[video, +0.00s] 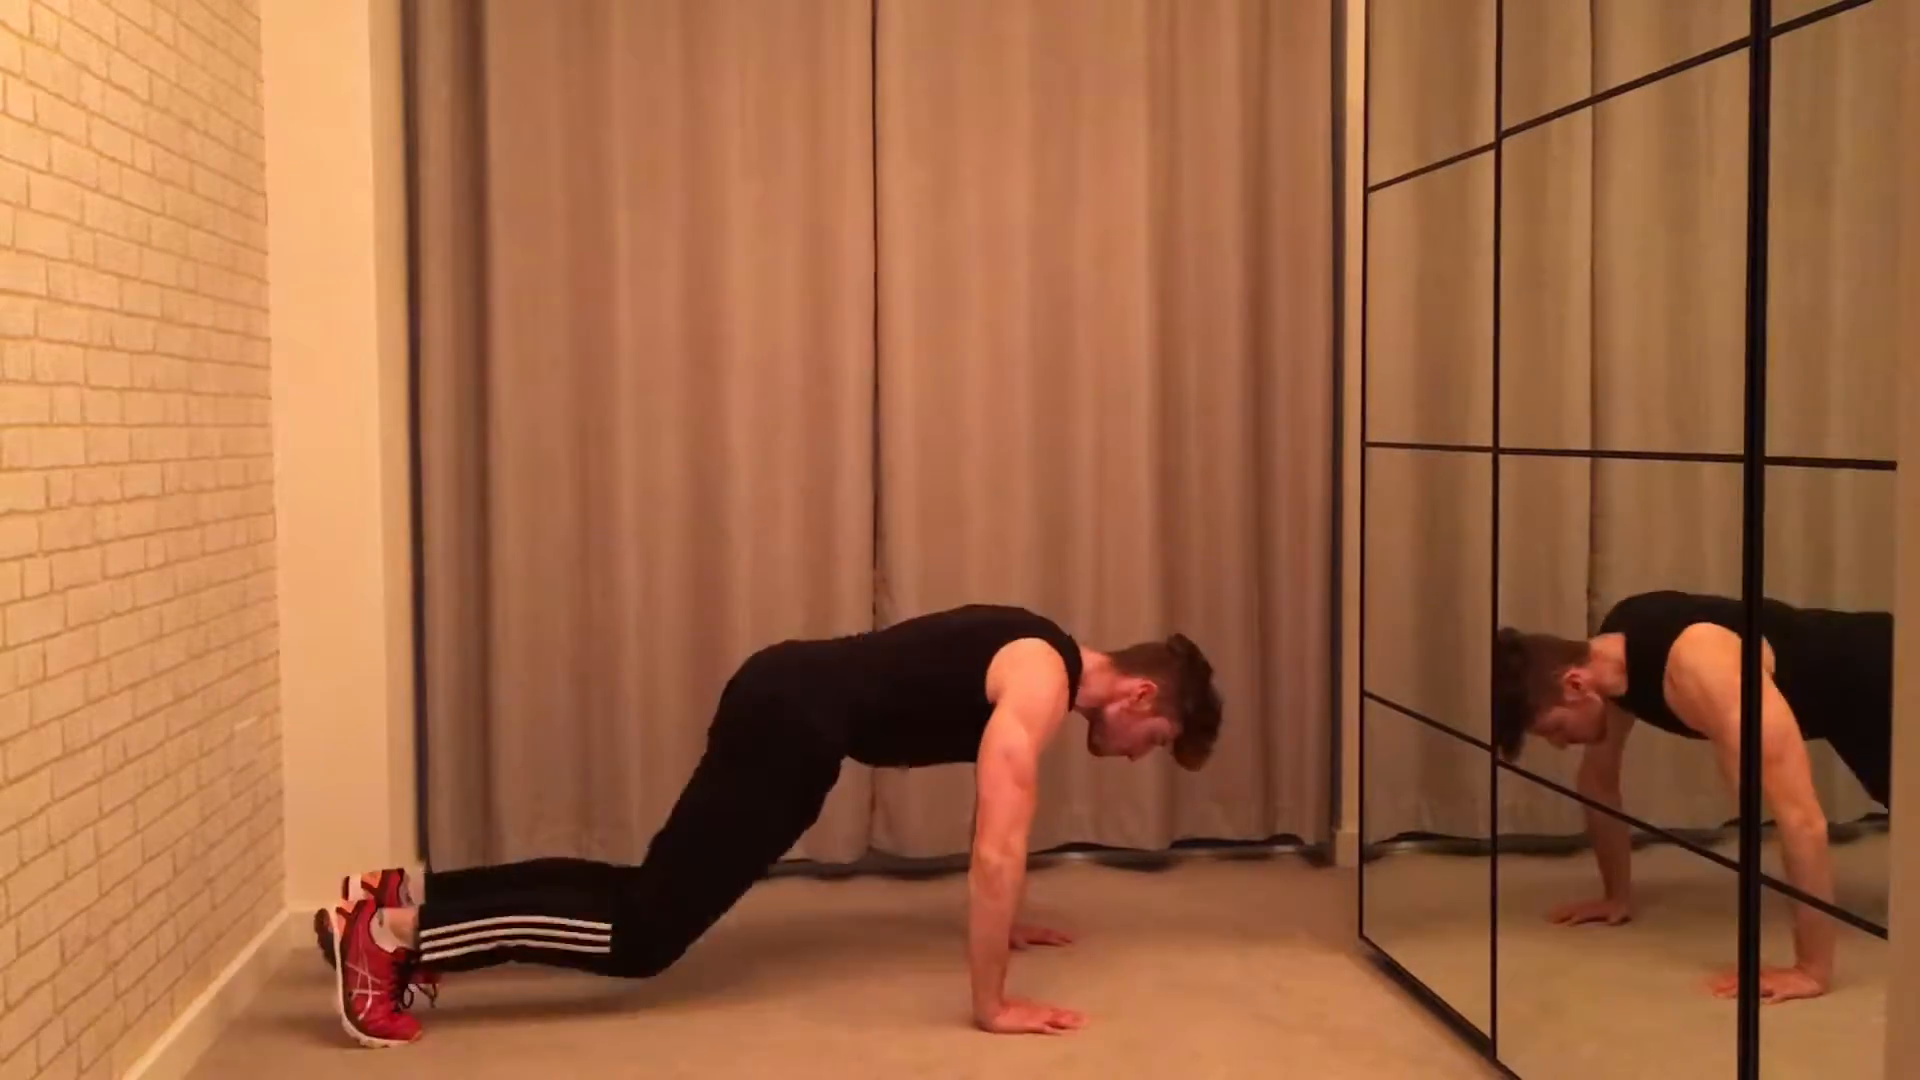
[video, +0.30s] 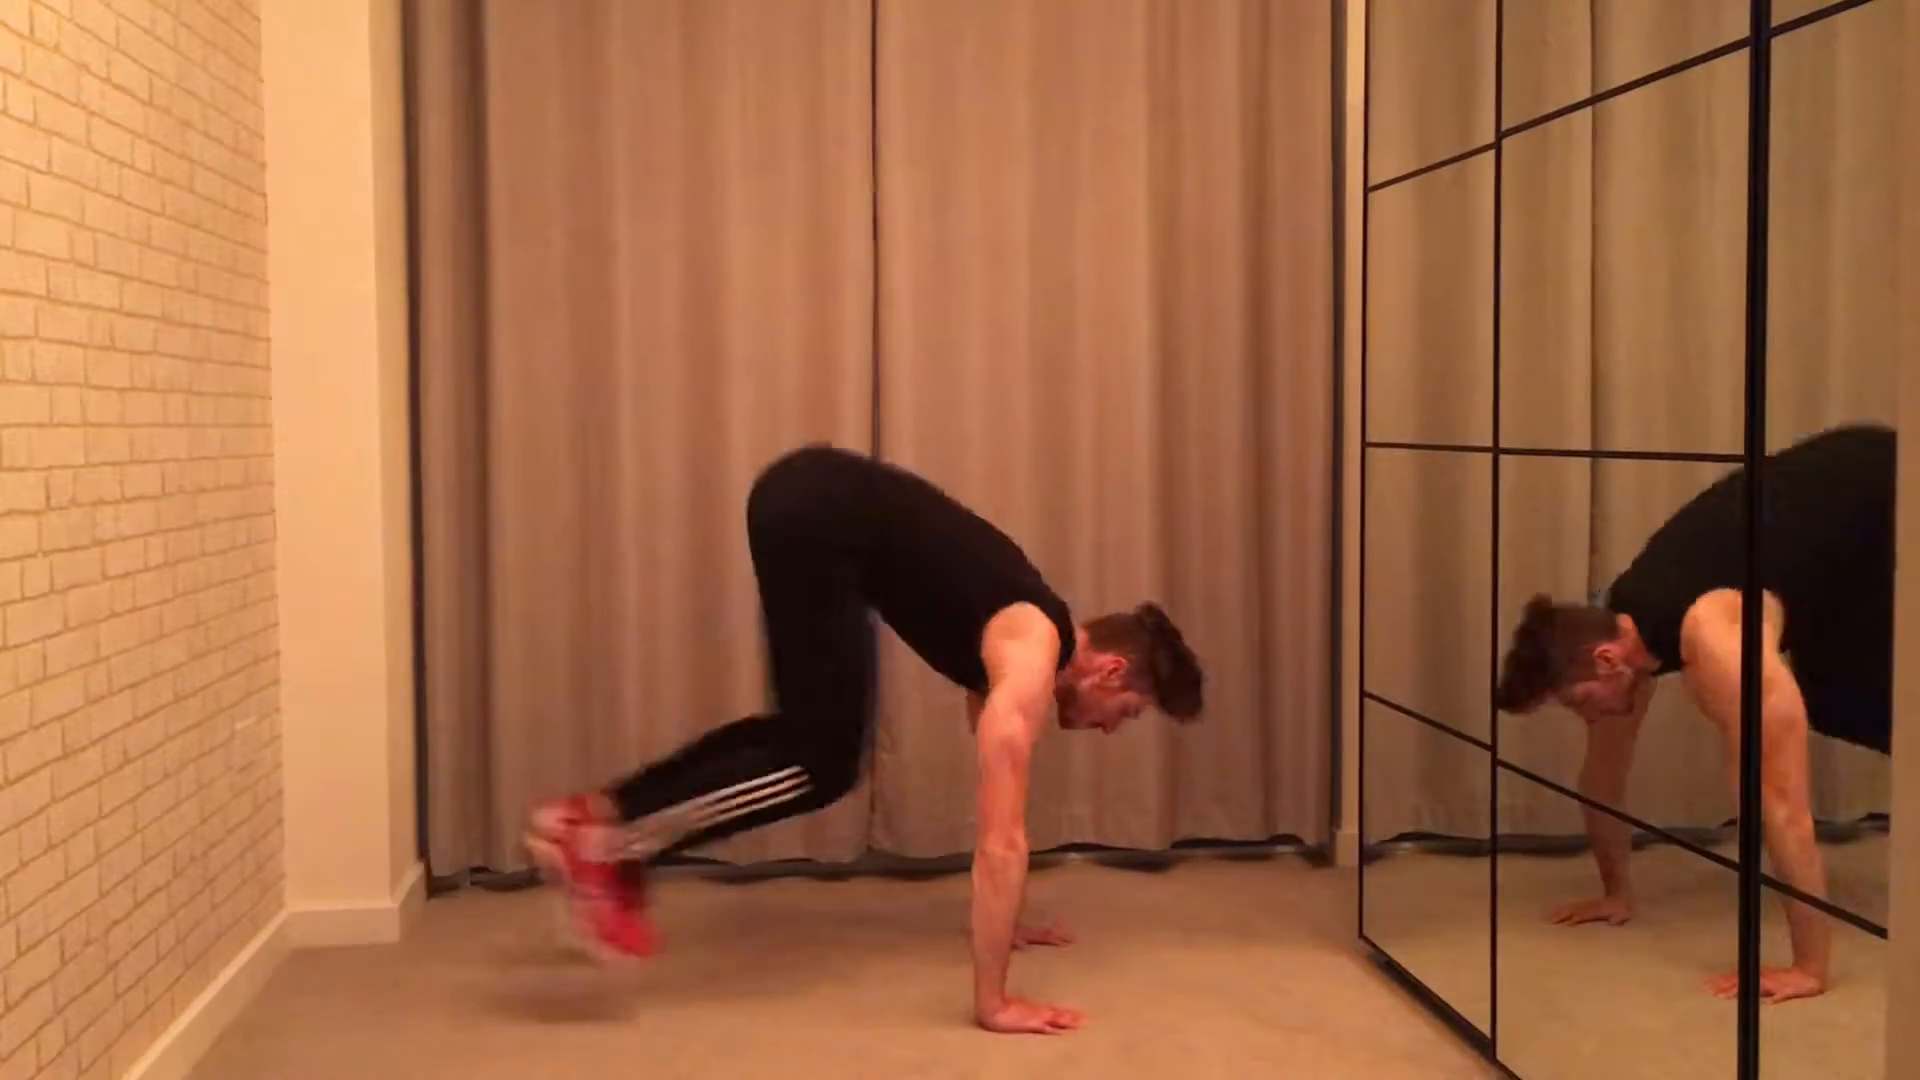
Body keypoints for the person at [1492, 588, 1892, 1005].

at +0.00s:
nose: (1564, 744)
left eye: (1556, 731)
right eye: (1552, 738)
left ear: (1576, 685)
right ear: (1575, 681)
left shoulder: (1699, 662)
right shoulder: (1619, 651)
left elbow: (1804, 819)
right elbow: (1598, 781)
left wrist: (1813, 969)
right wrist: (1617, 898)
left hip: (1889, 689)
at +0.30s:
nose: (1589, 717)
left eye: (1582, 702)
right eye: (1577, 709)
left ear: (1606, 660)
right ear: (1603, 649)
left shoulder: (1716, 633)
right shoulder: (1626, 613)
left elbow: (1785, 806)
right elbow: (1603, 776)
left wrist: (1810, 966)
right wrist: (1617, 894)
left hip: (1889, 485)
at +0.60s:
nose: (1554, 548)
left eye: (1556, 528)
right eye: (1547, 532)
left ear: (1601, 501)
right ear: (1596, 507)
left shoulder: (1721, 560)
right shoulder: (1622, 562)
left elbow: (1756, 745)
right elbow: (1588, 696)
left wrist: (1763, 909)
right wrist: (1568, 830)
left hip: (1886, 590)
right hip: (1798, 589)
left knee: (1775, 727)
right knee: (1667, 701)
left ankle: (1857, 918)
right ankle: (1736, 875)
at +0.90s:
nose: (1617, 140)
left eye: (1621, 117)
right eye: (1608, 124)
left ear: (1670, 91)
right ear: (1638, 109)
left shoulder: (1770, 179)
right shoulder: (1661, 209)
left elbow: (1879, 298)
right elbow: (1692, 349)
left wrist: (1897, 403)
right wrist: (1694, 433)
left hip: (1813, 436)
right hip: (1722, 437)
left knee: (1798, 658)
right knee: (1697, 648)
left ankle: (1851, 886)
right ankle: (1735, 842)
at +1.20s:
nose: (1600, 104)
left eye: (1605, 83)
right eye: (1589, 92)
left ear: (1651, 48)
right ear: (1597, 79)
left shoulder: (1747, 125)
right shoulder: (1647, 154)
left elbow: (1885, 214)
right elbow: (1720, 270)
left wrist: (1909, 299)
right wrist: (1713, 367)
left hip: (1800, 367)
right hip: (1713, 370)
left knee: (1783, 591)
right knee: (1674, 581)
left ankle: (1809, 818)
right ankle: (1672, 781)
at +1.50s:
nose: (1556, 463)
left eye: (1561, 443)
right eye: (1548, 449)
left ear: (1608, 414)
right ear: (1602, 417)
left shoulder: (1717, 495)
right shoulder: (1621, 485)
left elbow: (1842, 615)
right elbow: (1650, 594)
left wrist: (1903, 738)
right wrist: (1644, 680)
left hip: (1832, 622)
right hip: (1745, 605)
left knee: (1669, 714)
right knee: (1601, 699)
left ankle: (1758, 913)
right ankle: (1676, 871)